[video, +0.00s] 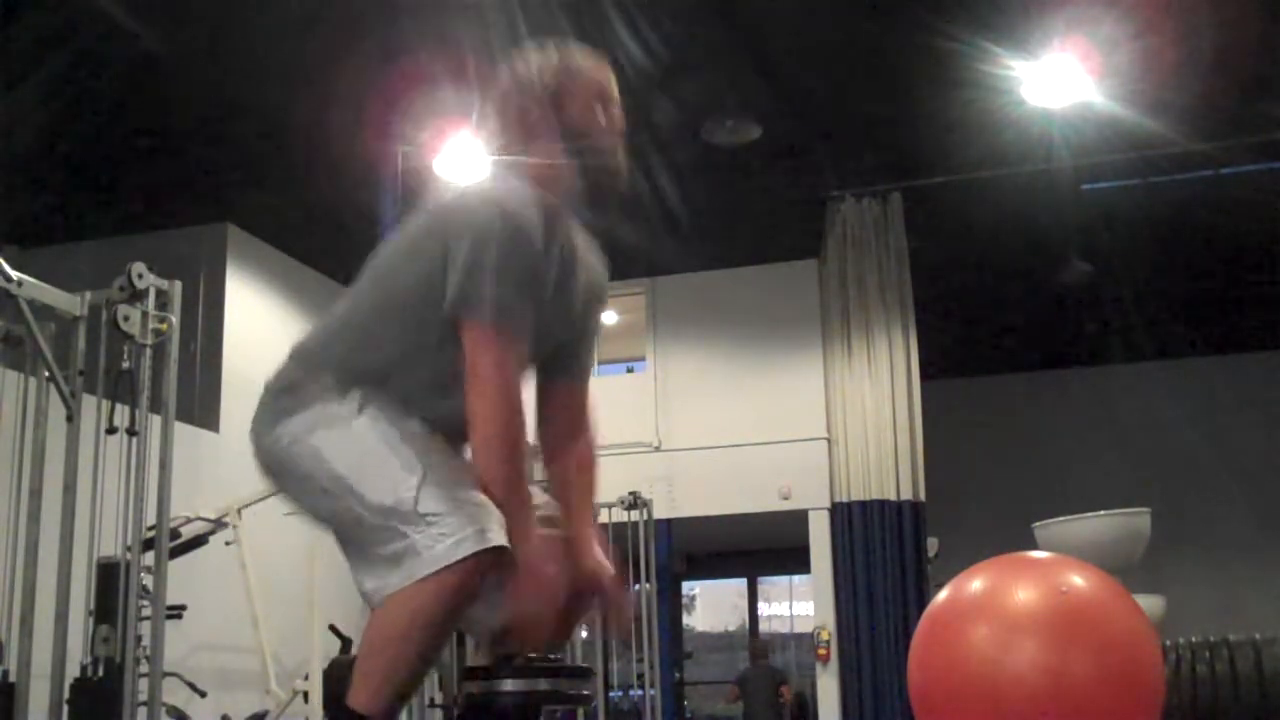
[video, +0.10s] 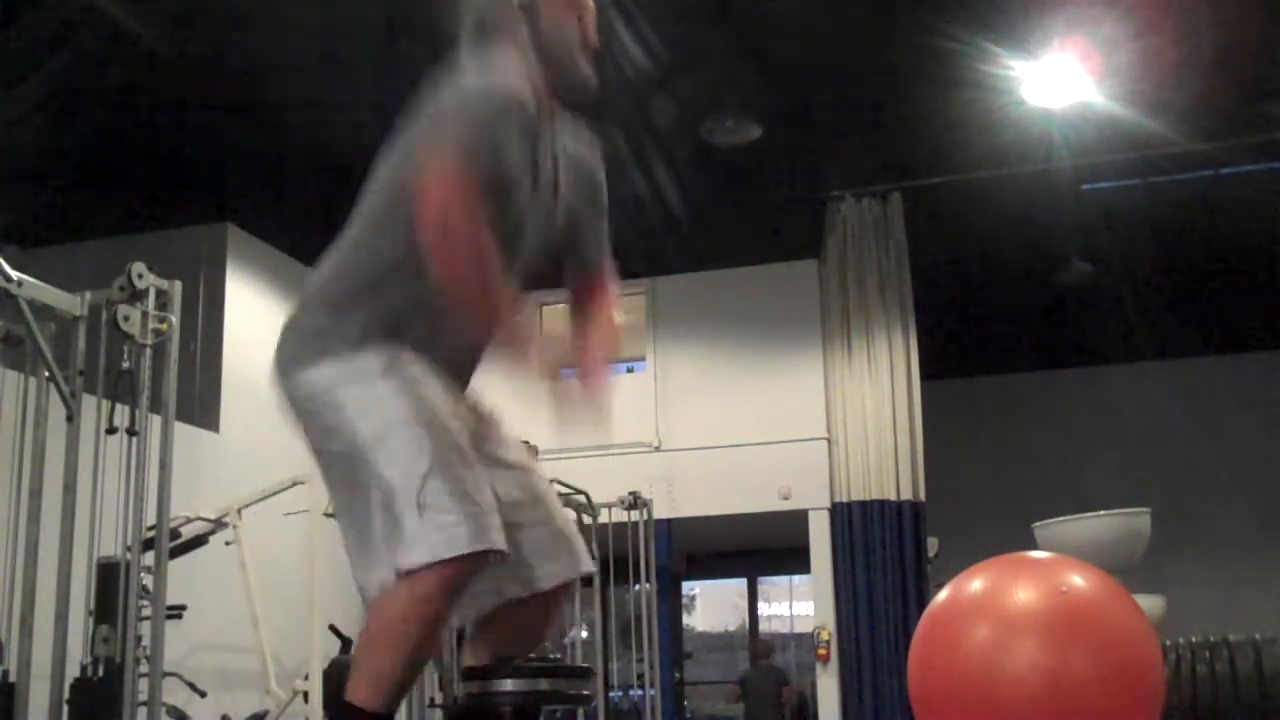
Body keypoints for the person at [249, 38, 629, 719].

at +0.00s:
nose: (607, 124)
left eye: (611, 106)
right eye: (587, 105)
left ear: (619, 123)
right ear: (531, 117)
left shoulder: (582, 263)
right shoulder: (499, 213)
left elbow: (568, 425)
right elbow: (491, 391)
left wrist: (584, 542)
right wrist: (526, 543)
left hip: (409, 426)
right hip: (321, 404)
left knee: (546, 564)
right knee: (455, 545)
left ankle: (358, 683)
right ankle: (362, 706)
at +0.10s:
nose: (593, 30)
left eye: (594, 15)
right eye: (577, 9)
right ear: (528, 15)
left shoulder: (577, 149)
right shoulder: (484, 91)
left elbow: (594, 280)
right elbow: (445, 213)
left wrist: (590, 356)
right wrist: (512, 330)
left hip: (430, 371)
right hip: (346, 346)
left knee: (544, 570)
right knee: (442, 540)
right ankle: (358, 705)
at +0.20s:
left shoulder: (544, 21)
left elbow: (554, 113)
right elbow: (389, 12)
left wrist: (555, 151)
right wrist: (470, 126)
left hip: (470, 250)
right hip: (390, 232)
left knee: (463, 498)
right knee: (382, 476)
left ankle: (472, 695)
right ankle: (357, 695)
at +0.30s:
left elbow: (481, 45)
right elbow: (368, 8)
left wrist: (525, 81)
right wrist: (432, 81)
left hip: (477, 143)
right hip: (396, 124)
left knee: (507, 380)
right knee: (407, 341)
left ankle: (427, 591)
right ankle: (347, 589)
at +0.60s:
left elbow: (465, 53)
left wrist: (475, 142)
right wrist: (411, 37)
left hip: (435, 126)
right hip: (358, 104)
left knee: (486, 359)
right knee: (395, 338)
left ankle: (472, 626)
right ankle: (360, 641)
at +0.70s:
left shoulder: (497, 18)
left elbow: (461, 114)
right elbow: (340, 21)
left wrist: (478, 224)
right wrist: (417, 135)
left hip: (440, 240)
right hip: (366, 222)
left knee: (476, 501)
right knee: (379, 490)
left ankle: (454, 706)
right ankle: (328, 706)